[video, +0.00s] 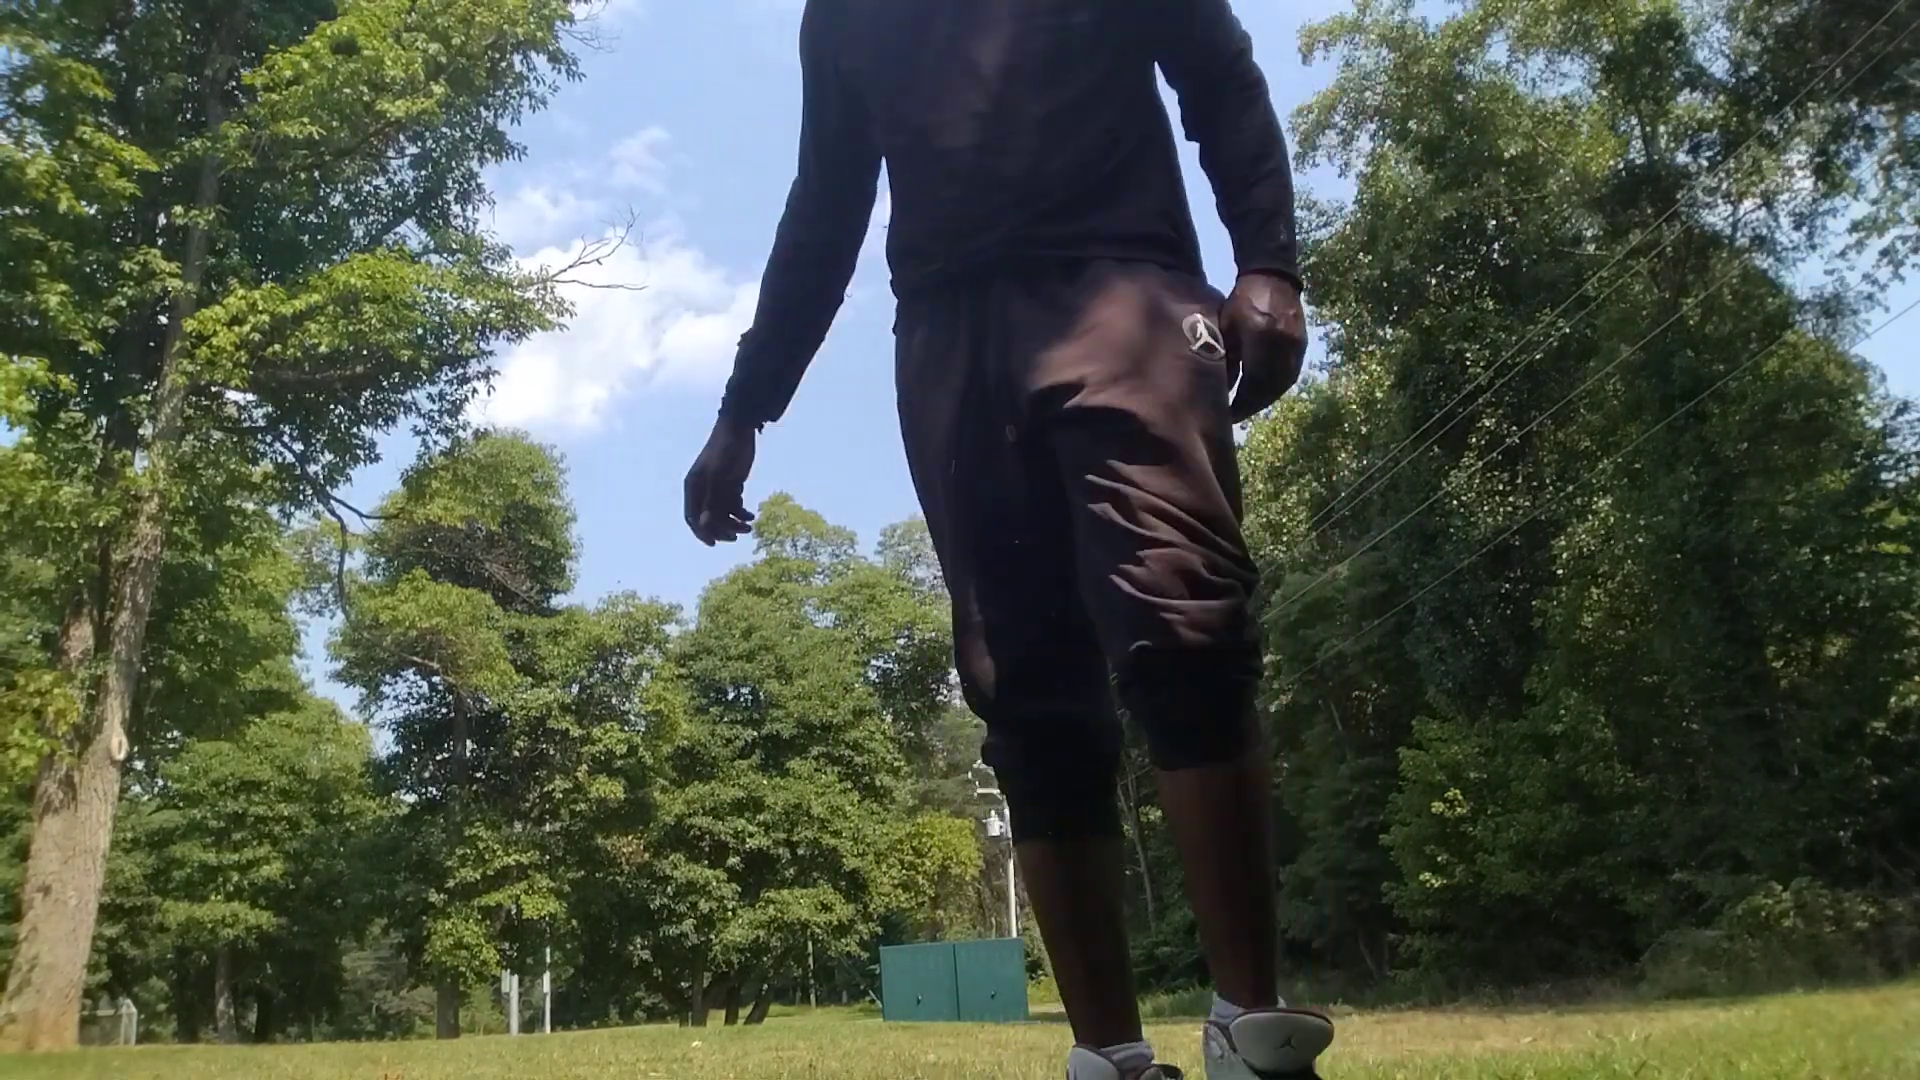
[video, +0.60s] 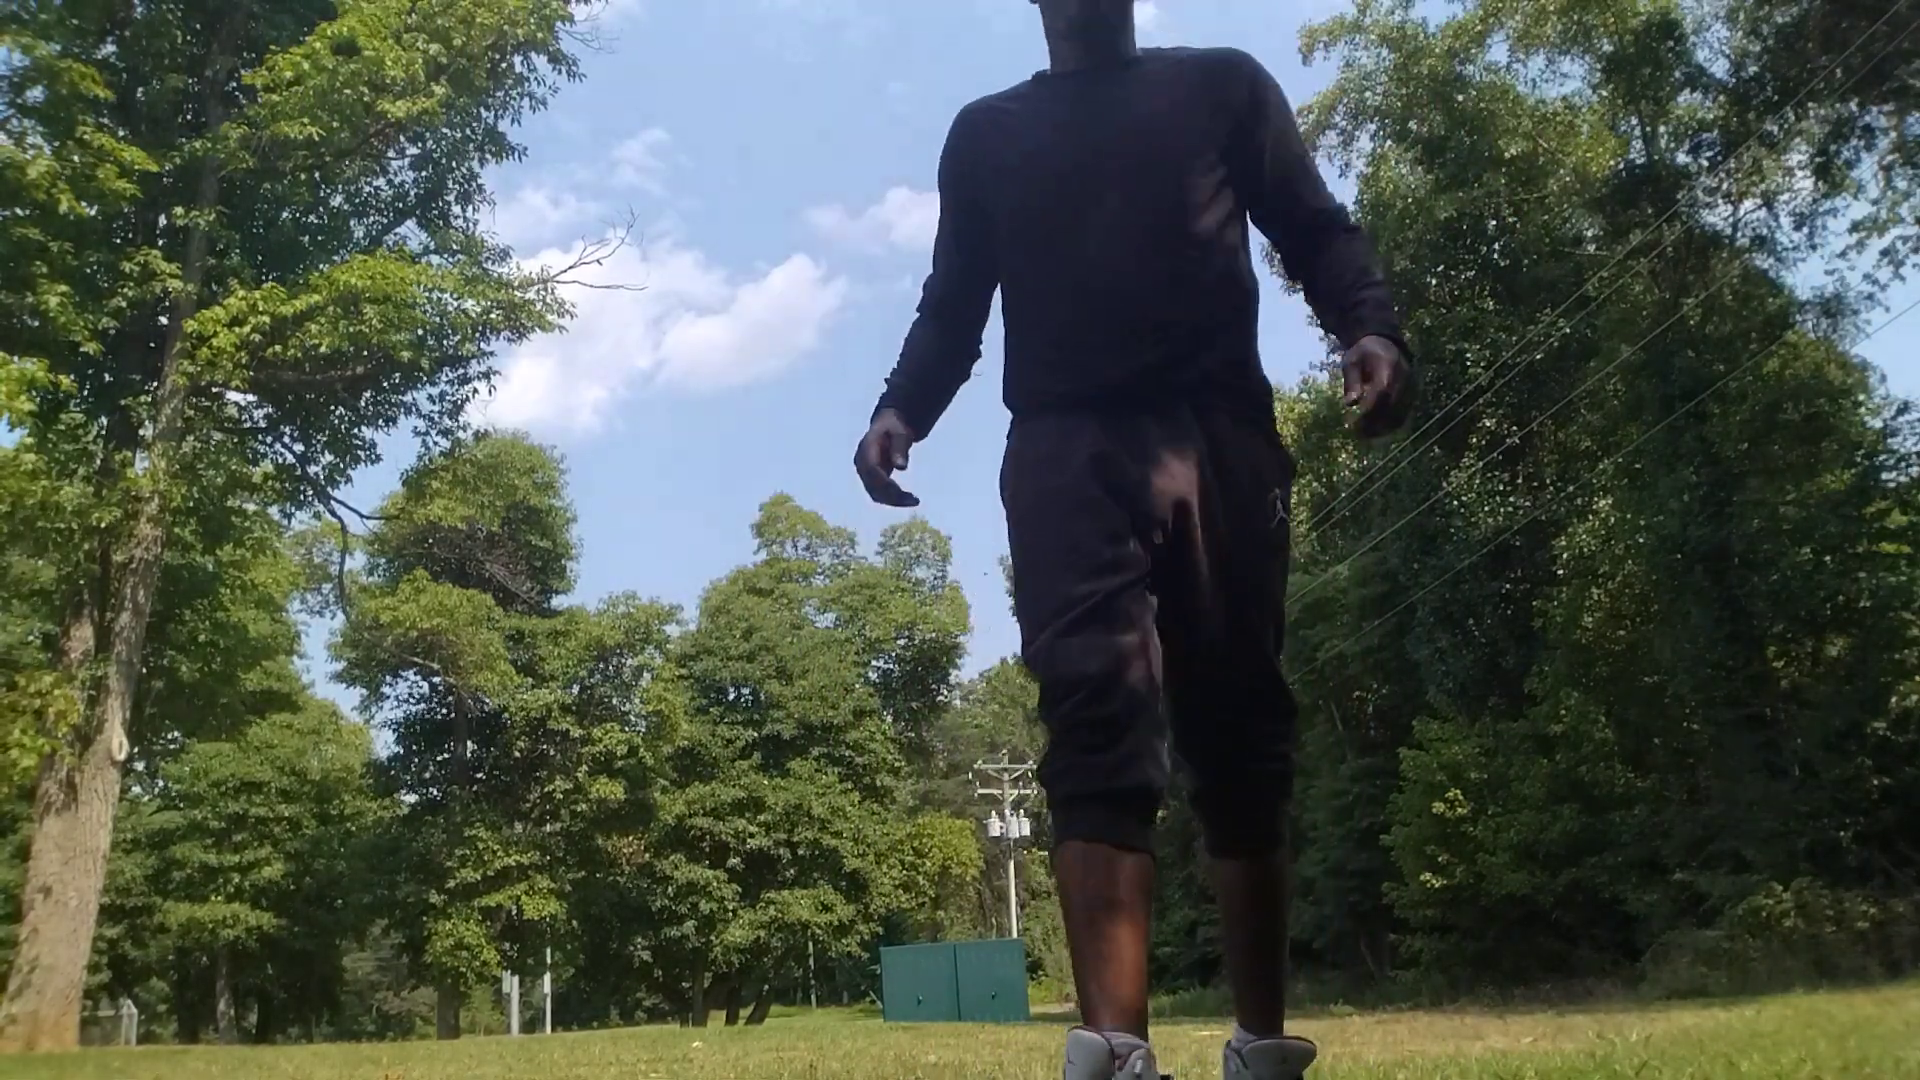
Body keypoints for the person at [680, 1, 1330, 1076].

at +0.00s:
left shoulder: (1140, 5)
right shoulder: (843, 14)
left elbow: (1223, 78)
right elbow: (825, 203)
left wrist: (1268, 263)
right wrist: (740, 416)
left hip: (1121, 284)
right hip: (946, 320)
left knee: (1187, 642)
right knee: (1031, 706)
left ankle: (1249, 1029)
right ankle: (1109, 1054)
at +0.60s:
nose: (1080, 3)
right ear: (1038, 11)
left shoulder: (1225, 86)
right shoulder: (984, 133)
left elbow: (1317, 229)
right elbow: (951, 307)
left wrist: (1368, 326)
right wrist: (901, 408)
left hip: (1222, 437)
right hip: (1065, 447)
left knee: (1239, 732)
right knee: (1095, 725)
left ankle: (1262, 1040)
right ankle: (1113, 1044)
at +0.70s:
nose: (1121, 8)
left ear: (1169, 12)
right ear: (1065, 13)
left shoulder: (1241, 121)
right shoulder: (1006, 141)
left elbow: (1324, 275)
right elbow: (960, 300)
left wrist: (1390, 394)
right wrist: (910, 406)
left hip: (1229, 447)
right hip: (1076, 458)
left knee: (1248, 734)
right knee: (1098, 726)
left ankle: (1262, 1036)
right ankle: (1119, 1039)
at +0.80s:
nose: (1138, 11)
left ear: (1190, 17)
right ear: (1084, 16)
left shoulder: (1250, 141)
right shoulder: (1021, 151)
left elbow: (1321, 310)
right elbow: (958, 305)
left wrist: (1401, 459)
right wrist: (919, 407)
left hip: (1234, 462)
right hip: (1083, 474)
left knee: (1251, 750)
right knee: (1103, 749)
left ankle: (1263, 1037)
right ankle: (1131, 1035)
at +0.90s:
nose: (1157, 24)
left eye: (1179, 9)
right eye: (1135, 7)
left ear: (1204, 32)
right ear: (1098, 26)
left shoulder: (1256, 169)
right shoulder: (1033, 168)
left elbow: (1325, 346)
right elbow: (966, 315)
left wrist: (1400, 498)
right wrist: (933, 410)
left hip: (1232, 478)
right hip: (1084, 485)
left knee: (1250, 768)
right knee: (1102, 766)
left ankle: (1265, 1042)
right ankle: (1143, 1022)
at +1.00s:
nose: (1164, 46)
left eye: (1184, 34)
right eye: (1143, 29)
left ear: (1202, 61)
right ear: (1102, 50)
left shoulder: (1253, 191)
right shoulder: (1035, 185)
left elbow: (1314, 363)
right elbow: (971, 332)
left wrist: (1391, 511)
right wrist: (949, 421)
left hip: (1232, 492)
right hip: (1089, 497)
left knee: (1249, 767)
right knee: (1110, 749)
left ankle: (1266, 1045)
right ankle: (1155, 1000)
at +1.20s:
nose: (1147, 107)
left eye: (1163, 95)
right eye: (1125, 91)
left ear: (1182, 123)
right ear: (1083, 118)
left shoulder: (1231, 244)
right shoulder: (1030, 234)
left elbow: (1282, 404)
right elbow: (962, 373)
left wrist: (1357, 531)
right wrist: (966, 455)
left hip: (1226, 519)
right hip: (1092, 534)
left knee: (1248, 776)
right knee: (1126, 793)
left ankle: (1265, 1041)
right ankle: (1166, 1018)